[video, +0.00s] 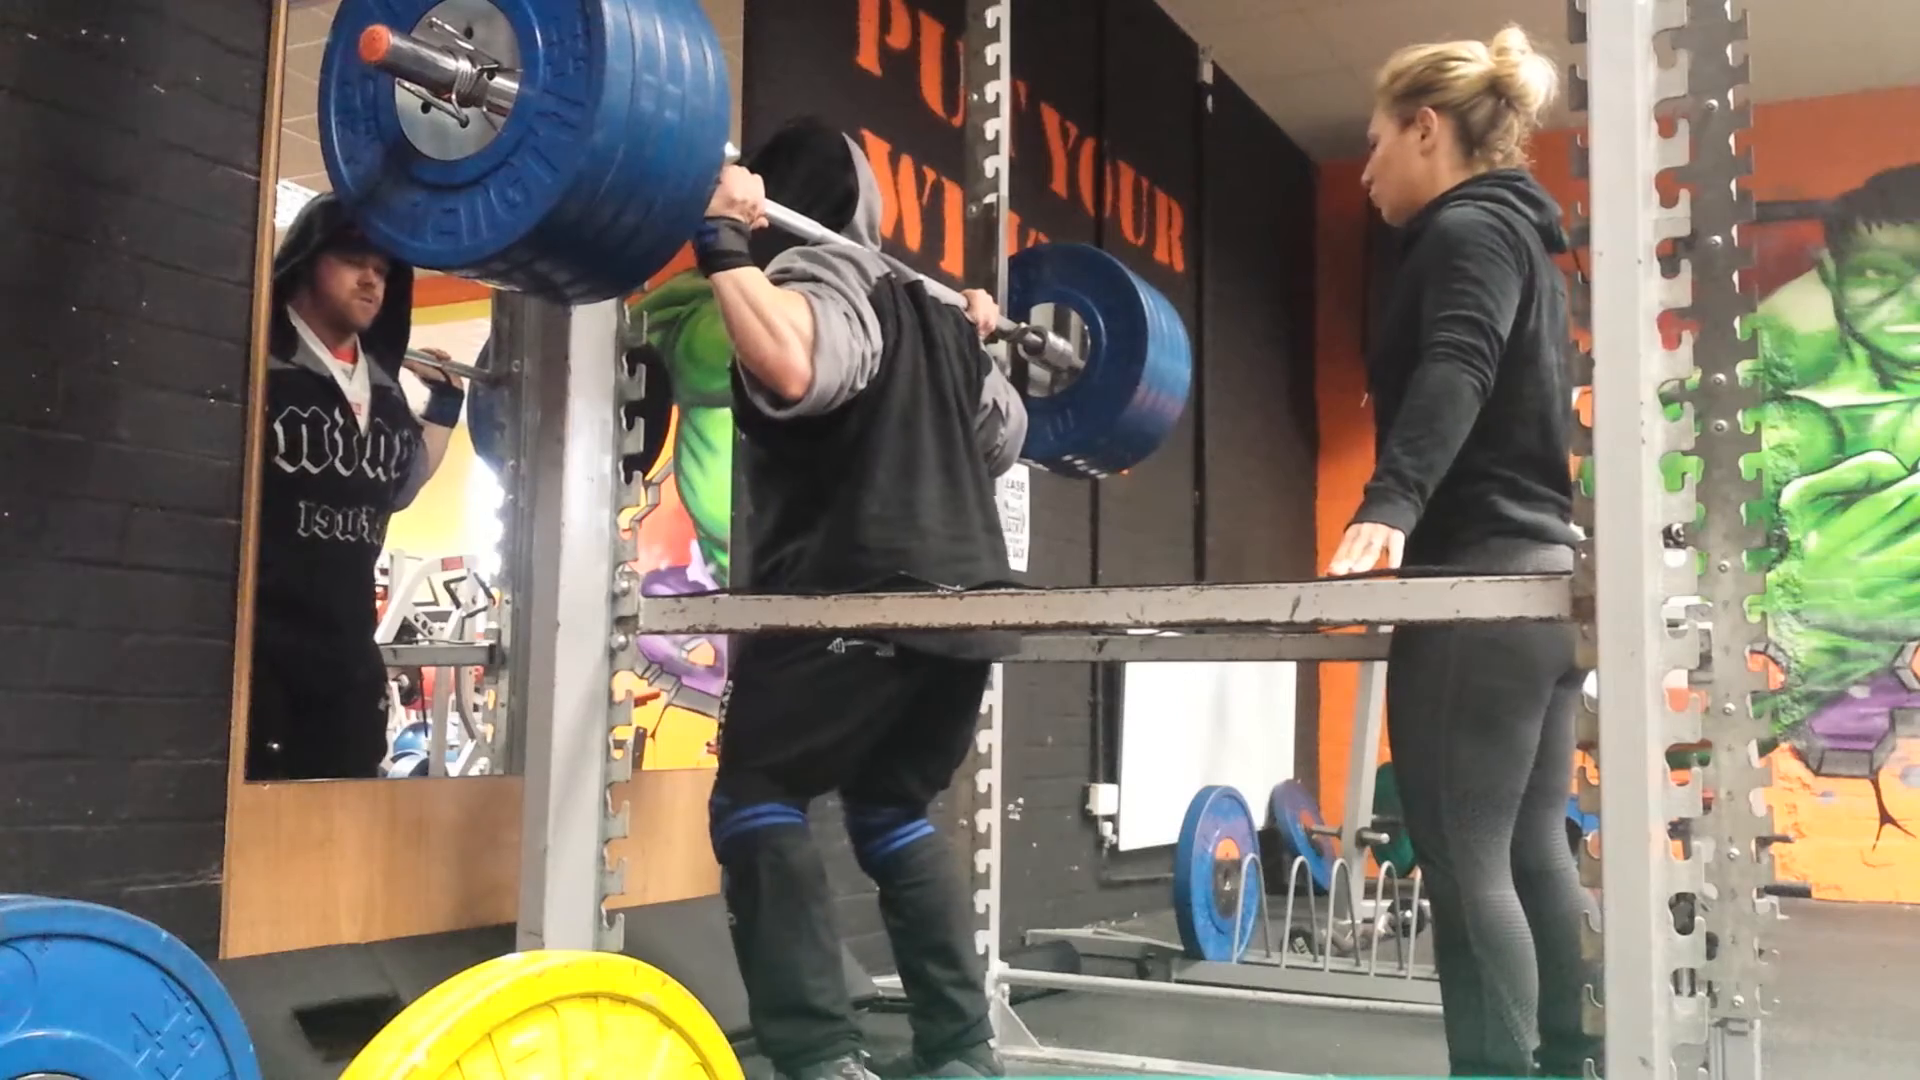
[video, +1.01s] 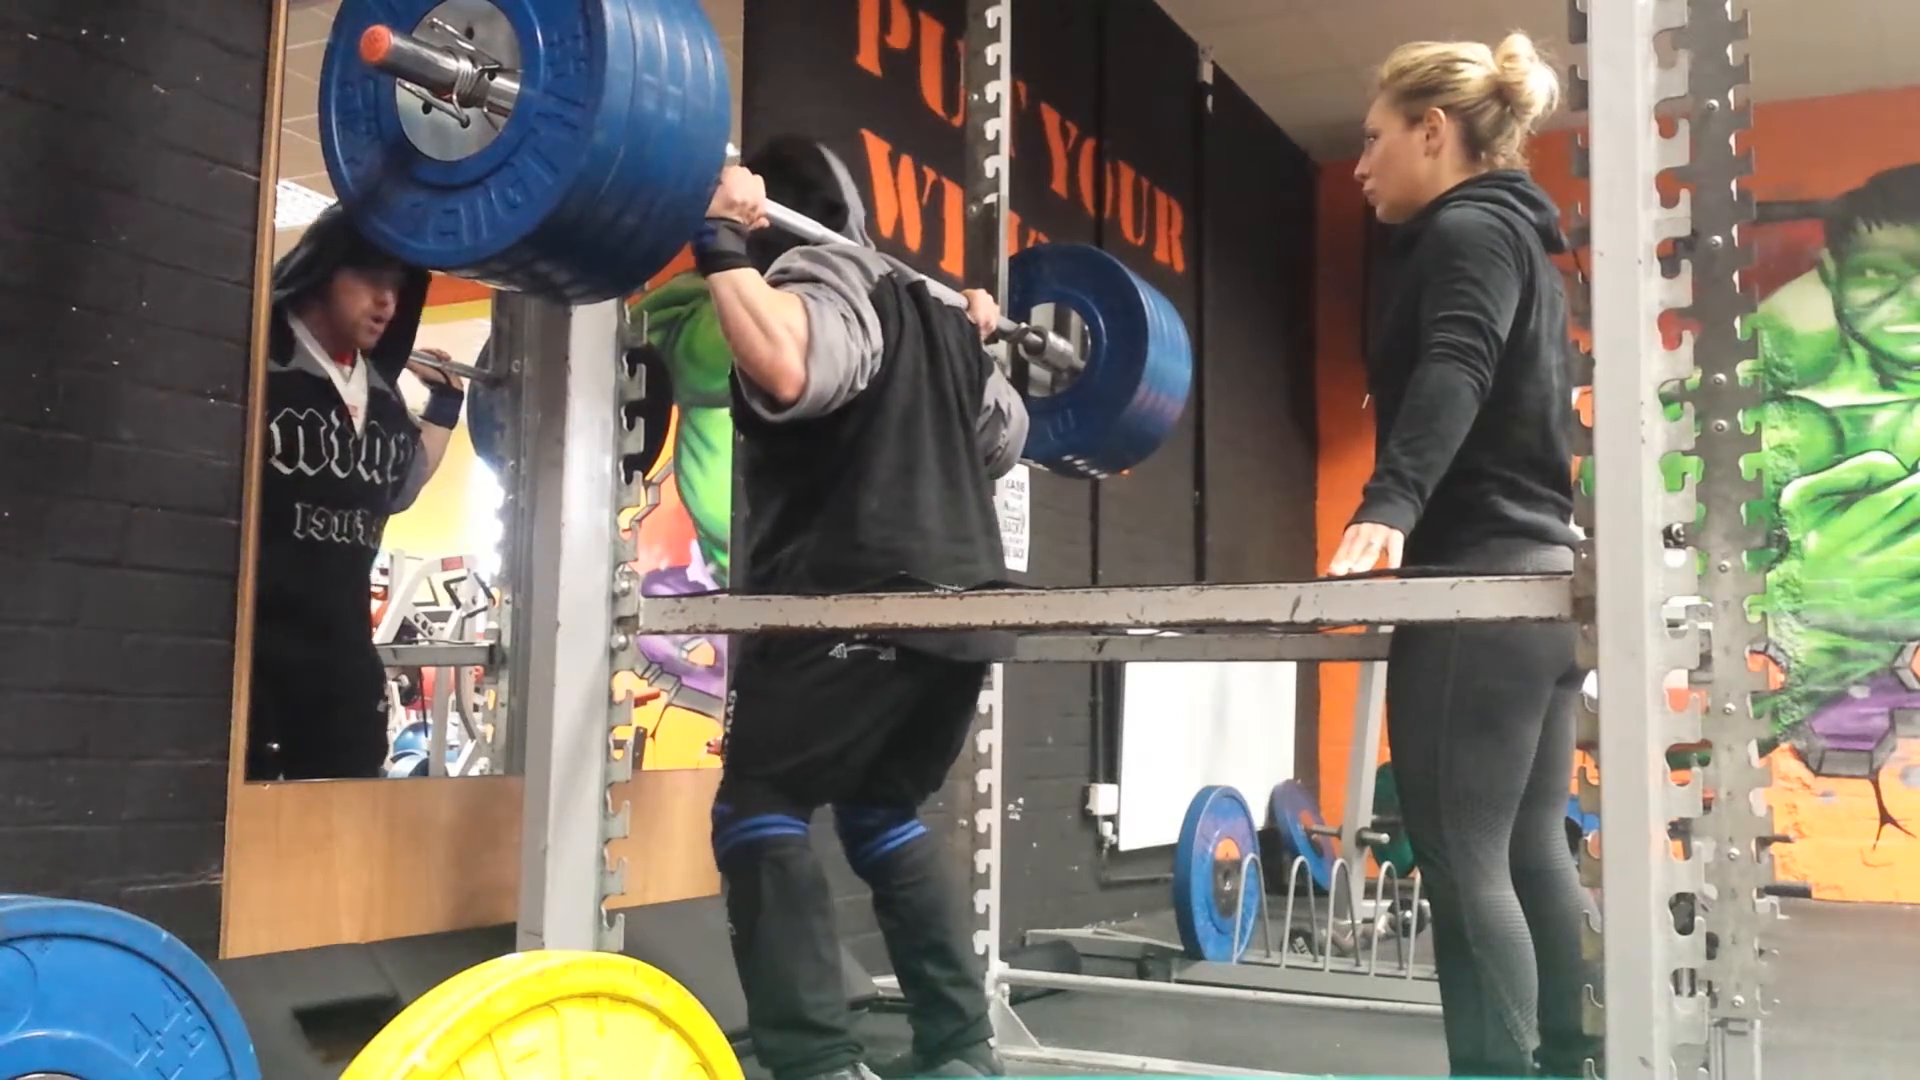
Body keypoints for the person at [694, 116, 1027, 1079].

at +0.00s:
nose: (745, 227)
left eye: (753, 207)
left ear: (775, 208)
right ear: (864, 205)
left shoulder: (811, 276)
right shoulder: (934, 303)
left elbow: (794, 367)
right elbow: (1002, 434)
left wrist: (722, 239)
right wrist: (987, 338)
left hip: (836, 600)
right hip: (967, 601)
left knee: (756, 797)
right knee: (892, 804)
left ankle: (809, 1047)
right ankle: (958, 1049)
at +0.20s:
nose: (747, 227)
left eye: (755, 207)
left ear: (778, 208)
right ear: (864, 205)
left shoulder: (813, 276)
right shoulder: (934, 301)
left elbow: (793, 367)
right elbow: (1004, 432)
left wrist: (722, 240)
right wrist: (987, 340)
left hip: (847, 598)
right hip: (973, 599)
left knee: (766, 800)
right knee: (894, 806)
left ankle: (806, 1049)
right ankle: (958, 1050)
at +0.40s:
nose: (745, 226)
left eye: (750, 206)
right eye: (741, 205)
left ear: (783, 210)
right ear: (854, 204)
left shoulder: (818, 270)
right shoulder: (932, 300)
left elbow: (792, 367)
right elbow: (1006, 432)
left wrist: (721, 244)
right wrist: (986, 345)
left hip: (847, 596)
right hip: (973, 597)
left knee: (766, 802)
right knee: (893, 806)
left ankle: (805, 1048)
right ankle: (958, 1048)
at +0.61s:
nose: (718, 249)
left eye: (724, 221)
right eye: (715, 223)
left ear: (764, 215)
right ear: (815, 207)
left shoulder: (817, 266)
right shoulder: (932, 299)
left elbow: (793, 367)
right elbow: (1009, 438)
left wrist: (715, 240)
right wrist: (989, 343)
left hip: (850, 598)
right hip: (972, 603)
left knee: (766, 801)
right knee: (894, 808)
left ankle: (806, 1048)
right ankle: (959, 1049)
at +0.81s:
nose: (716, 256)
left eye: (720, 231)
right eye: (711, 232)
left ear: (758, 215)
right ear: (802, 205)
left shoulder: (820, 267)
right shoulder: (934, 300)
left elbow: (795, 367)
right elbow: (1009, 438)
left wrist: (715, 243)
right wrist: (992, 344)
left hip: (853, 597)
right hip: (973, 602)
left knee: (770, 802)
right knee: (895, 808)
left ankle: (807, 1048)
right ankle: (960, 1049)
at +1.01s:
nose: (746, 238)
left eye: (751, 215)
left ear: (778, 215)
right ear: (856, 209)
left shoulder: (819, 270)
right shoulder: (930, 302)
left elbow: (790, 368)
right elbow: (1005, 434)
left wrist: (719, 240)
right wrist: (977, 342)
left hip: (838, 603)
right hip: (963, 605)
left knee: (758, 807)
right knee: (882, 808)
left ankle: (804, 1050)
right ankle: (957, 1048)